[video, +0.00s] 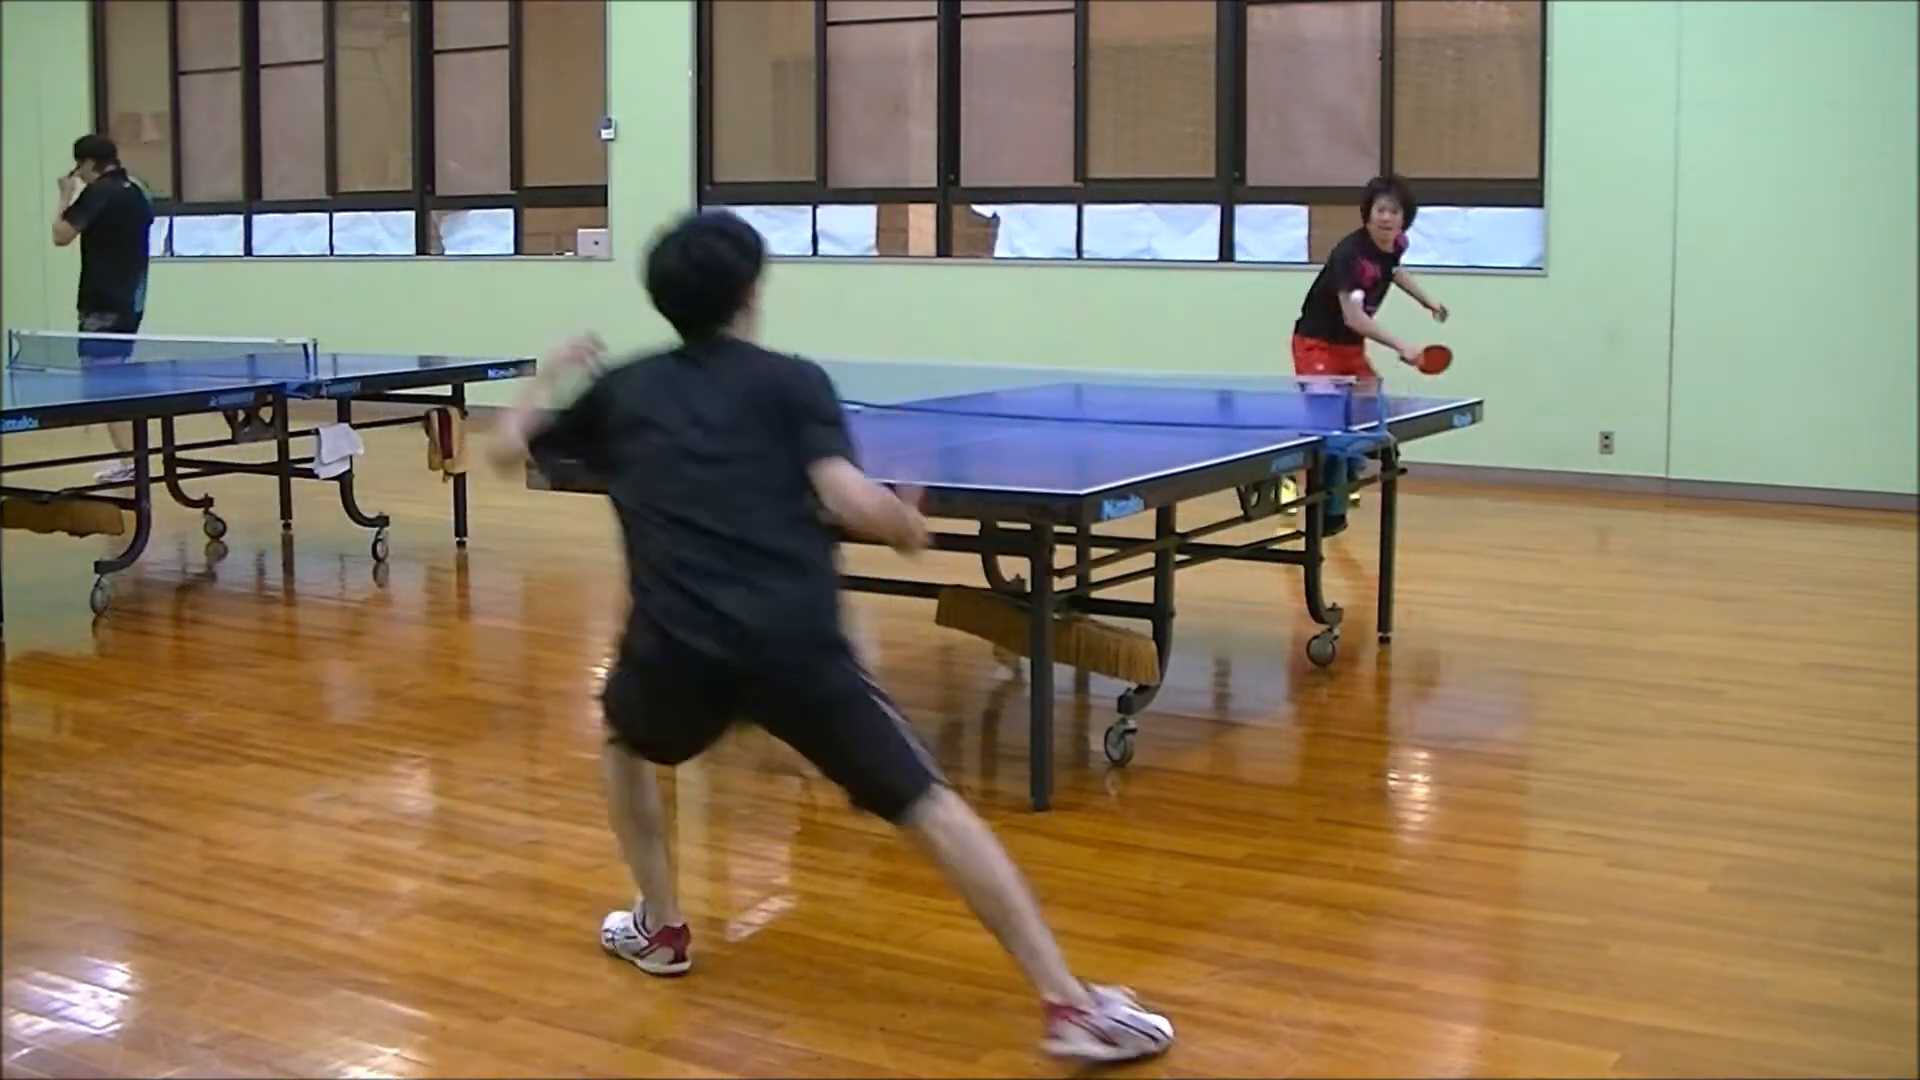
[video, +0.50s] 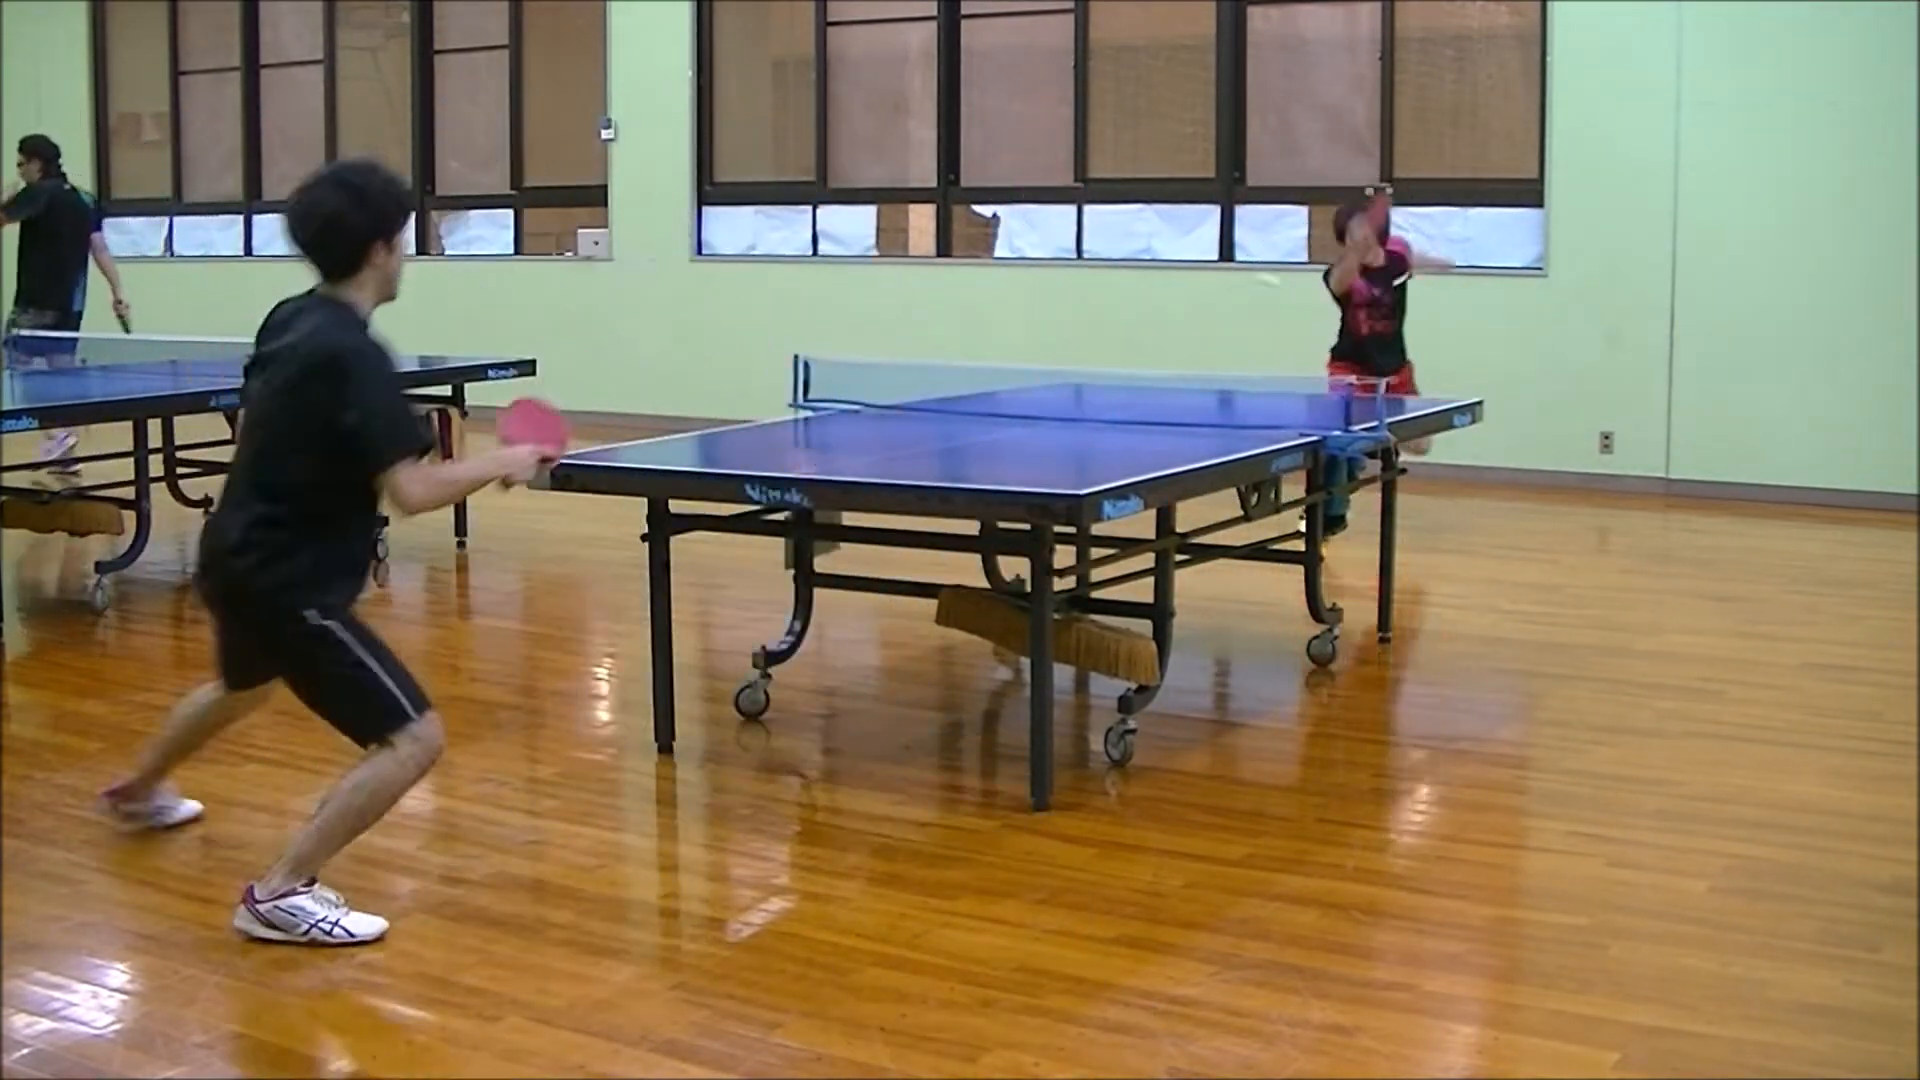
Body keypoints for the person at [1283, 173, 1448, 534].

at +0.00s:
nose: (1386, 218)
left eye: (1394, 211)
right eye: (1379, 209)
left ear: (1405, 218)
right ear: (1366, 214)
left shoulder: (1396, 245)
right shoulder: (1350, 254)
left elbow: (1394, 273)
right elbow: (1353, 317)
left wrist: (1428, 302)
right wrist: (1399, 346)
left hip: (1350, 344)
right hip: (1316, 345)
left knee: (1372, 410)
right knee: (1326, 423)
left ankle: (1343, 477)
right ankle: (1311, 504)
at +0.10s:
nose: (1395, 239)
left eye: (1403, 233)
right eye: (1388, 231)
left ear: (1413, 241)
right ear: (1374, 234)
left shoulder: (1392, 264)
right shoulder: (1360, 270)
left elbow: (1388, 279)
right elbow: (1371, 339)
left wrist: (1404, 294)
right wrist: (1416, 361)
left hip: (1337, 355)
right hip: (1306, 352)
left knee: (1370, 412)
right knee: (1330, 426)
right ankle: (1316, 506)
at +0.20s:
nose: (1397, 256)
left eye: (1405, 249)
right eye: (1390, 246)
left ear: (1412, 255)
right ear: (1374, 248)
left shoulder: (1388, 282)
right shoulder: (1358, 289)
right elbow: (1374, 355)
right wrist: (1419, 384)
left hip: (1336, 365)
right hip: (1306, 364)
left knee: (1364, 426)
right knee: (1333, 437)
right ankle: (1325, 516)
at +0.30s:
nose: (1387, 267)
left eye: (1395, 260)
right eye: (1380, 258)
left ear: (1404, 263)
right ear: (1365, 258)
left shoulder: (1390, 285)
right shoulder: (1349, 298)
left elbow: (1369, 331)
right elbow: (1357, 367)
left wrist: (1362, 370)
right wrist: (1406, 390)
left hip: (1343, 367)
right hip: (1314, 369)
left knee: (1350, 439)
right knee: (1332, 443)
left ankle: (1335, 509)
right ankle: (1324, 515)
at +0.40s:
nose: (1367, 262)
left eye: (1376, 256)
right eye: (1361, 254)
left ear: (1389, 258)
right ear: (1348, 254)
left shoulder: (1390, 275)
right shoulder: (1338, 287)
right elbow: (1351, 343)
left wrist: (1390, 354)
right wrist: (1387, 355)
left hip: (1369, 369)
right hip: (1330, 370)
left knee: (1357, 445)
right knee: (1331, 444)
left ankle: (1336, 510)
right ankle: (1323, 514)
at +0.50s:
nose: (1364, 238)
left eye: (1367, 230)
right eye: (1356, 233)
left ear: (1376, 231)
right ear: (1344, 239)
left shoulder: (1396, 257)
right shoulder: (1340, 272)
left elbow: (1420, 263)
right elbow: (1339, 282)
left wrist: (1439, 266)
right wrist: (1356, 249)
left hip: (1393, 365)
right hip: (1349, 366)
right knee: (1337, 438)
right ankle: (1328, 512)